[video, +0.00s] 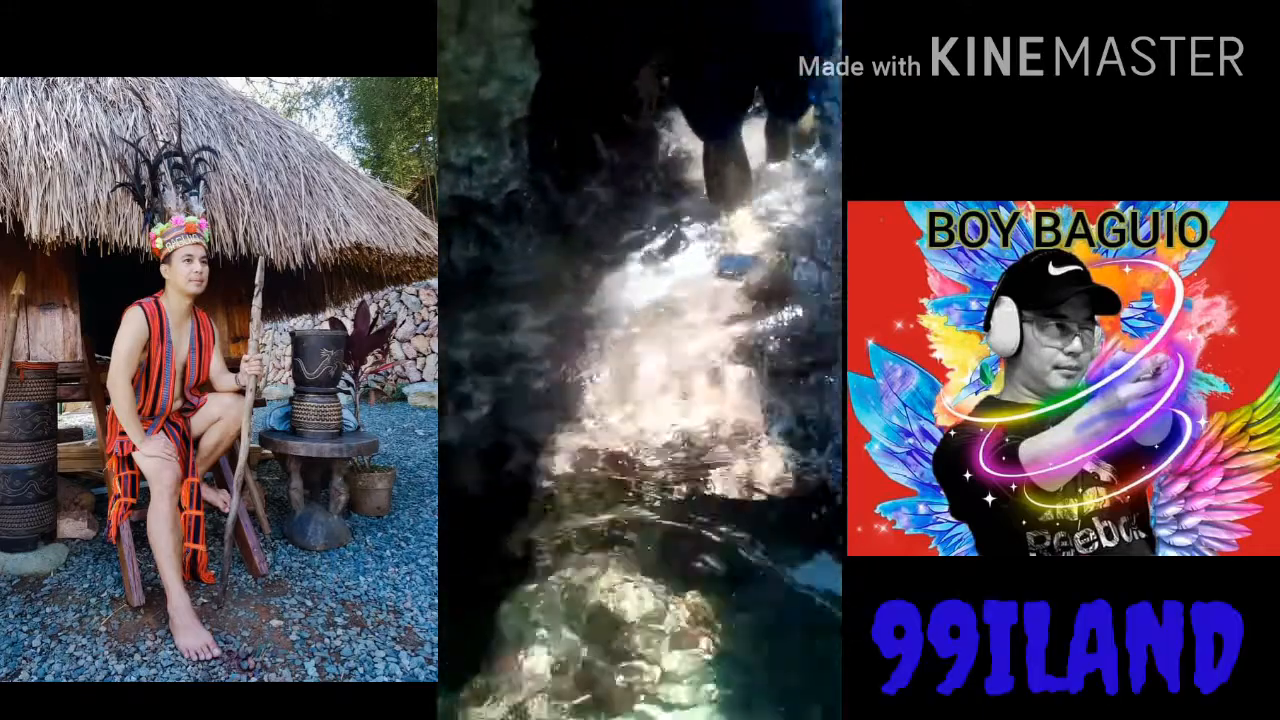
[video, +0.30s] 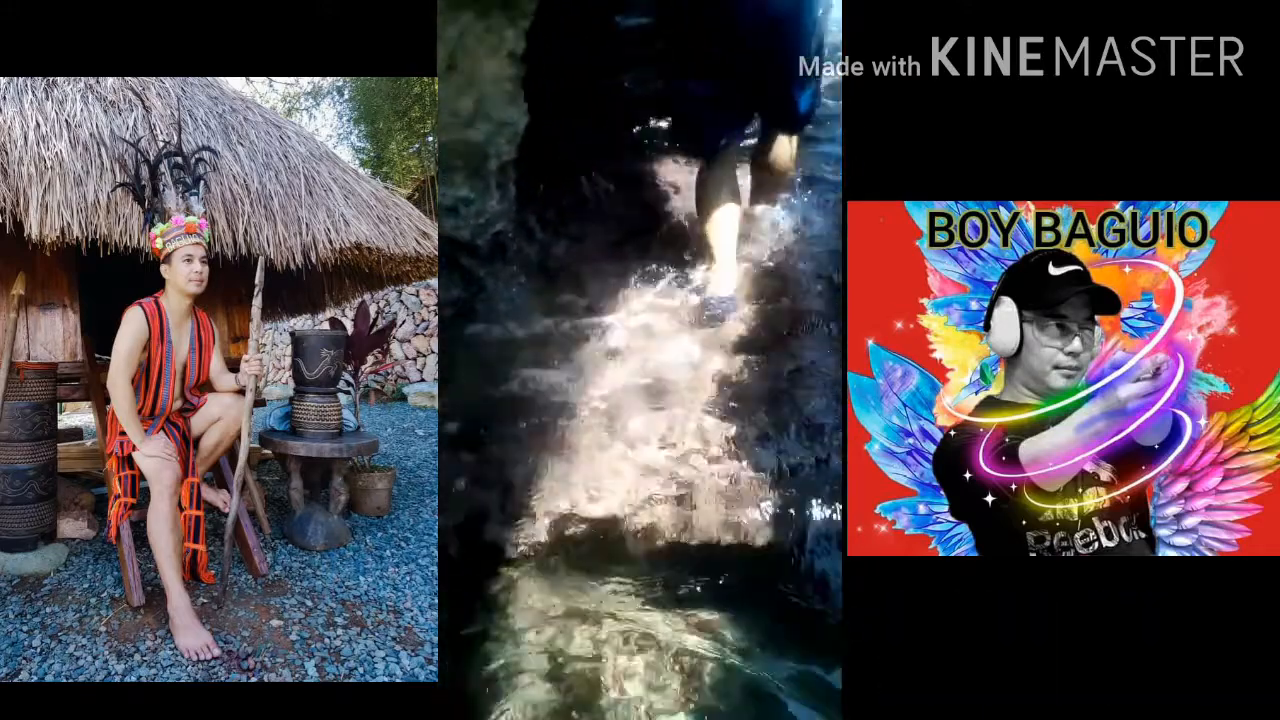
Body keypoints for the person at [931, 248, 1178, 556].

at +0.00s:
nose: (1076, 346)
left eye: (1086, 328)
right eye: (1055, 327)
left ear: (1097, 334)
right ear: (1007, 327)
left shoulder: (1113, 409)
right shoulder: (963, 446)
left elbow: (1155, 435)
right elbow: (1023, 472)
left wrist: (1148, 396)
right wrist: (1106, 412)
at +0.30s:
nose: (1076, 346)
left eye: (1086, 328)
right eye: (1055, 326)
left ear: (1097, 335)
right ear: (1007, 328)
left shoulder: (1113, 408)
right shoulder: (962, 446)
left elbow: (1156, 435)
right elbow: (1022, 471)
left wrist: (1147, 395)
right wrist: (1105, 413)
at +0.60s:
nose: (1076, 346)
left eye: (1086, 328)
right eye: (1055, 327)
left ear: (1097, 334)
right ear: (1007, 328)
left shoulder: (1114, 408)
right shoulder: (962, 446)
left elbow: (1155, 435)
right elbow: (1022, 472)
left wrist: (1149, 396)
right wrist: (1106, 412)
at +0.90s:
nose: (1076, 346)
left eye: (1086, 328)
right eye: (1055, 327)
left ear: (1097, 334)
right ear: (1007, 328)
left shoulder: (1114, 408)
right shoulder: (962, 446)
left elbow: (1156, 435)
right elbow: (1022, 472)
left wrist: (1149, 397)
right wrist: (1106, 412)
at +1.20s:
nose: (1076, 346)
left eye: (1086, 328)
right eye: (1055, 326)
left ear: (1097, 335)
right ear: (1007, 328)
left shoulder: (1113, 408)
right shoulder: (962, 446)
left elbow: (1156, 436)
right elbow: (1022, 471)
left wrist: (1147, 395)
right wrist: (1105, 413)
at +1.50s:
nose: (1076, 346)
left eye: (1086, 328)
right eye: (1055, 327)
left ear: (1097, 334)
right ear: (1007, 328)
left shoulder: (1114, 408)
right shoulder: (962, 446)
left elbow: (1155, 435)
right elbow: (1022, 472)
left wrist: (1149, 396)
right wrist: (1106, 412)